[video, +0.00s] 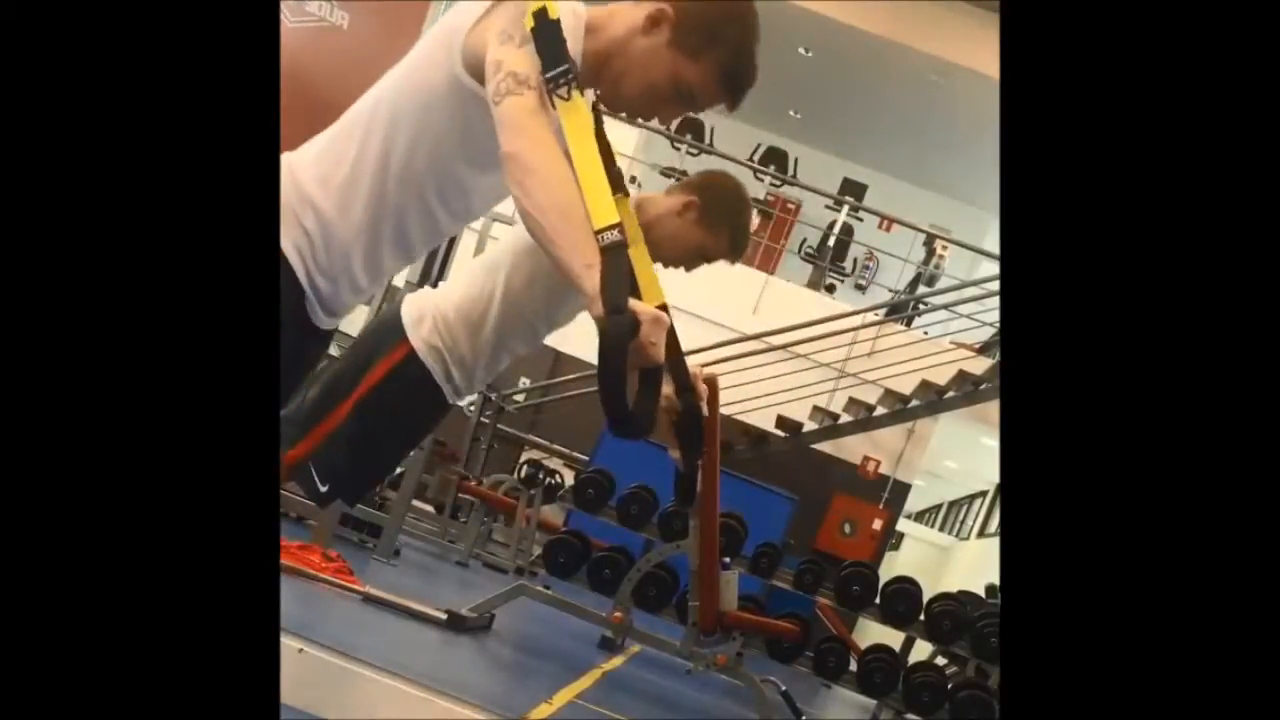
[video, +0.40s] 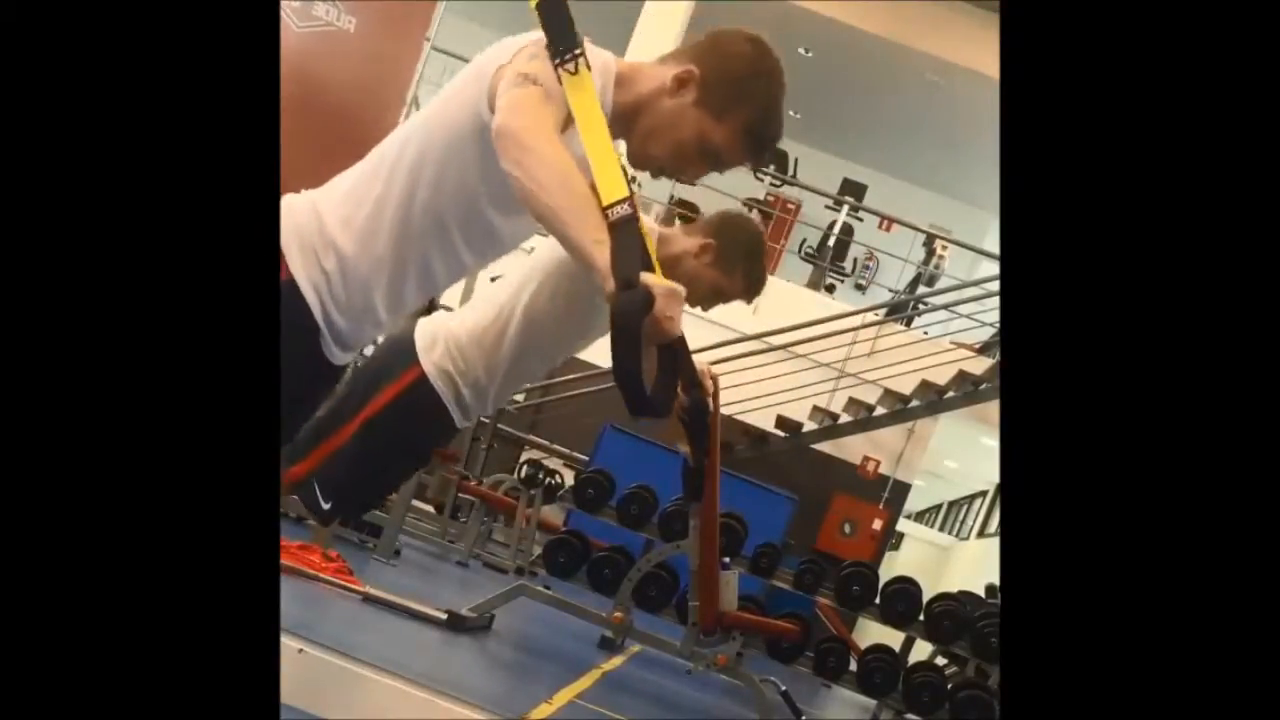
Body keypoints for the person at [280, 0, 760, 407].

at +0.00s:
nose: (668, 119)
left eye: (685, 113)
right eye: (681, 96)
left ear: (654, 20)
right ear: (657, 19)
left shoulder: (568, 92)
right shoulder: (525, 16)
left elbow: (608, 223)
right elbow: (525, 137)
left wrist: (665, 366)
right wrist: (608, 296)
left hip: (322, 305)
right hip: (288, 252)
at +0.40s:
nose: (694, 177)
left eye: (712, 169)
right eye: (707, 156)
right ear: (685, 84)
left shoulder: (597, 144)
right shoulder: (563, 57)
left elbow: (627, 252)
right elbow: (519, 136)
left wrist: (670, 350)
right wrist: (621, 277)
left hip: (336, 342)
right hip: (294, 284)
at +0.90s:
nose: (740, 341)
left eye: (759, 343)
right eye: (757, 327)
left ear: (751, 253)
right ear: (754, 257)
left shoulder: (658, 276)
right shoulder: (651, 212)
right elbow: (533, 122)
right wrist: (654, 274)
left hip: (361, 429)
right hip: (325, 376)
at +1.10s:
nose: (746, 404)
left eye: (766, 405)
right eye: (768, 392)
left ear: (774, 325)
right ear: (774, 330)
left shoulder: (683, 344)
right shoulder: (659, 251)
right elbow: (538, 130)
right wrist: (628, 266)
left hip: (365, 467)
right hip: (332, 414)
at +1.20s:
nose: (757, 475)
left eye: (778, 471)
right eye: (777, 456)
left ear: (778, 366)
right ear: (779, 371)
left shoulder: (702, 410)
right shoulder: (667, 283)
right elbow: (536, 145)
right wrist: (630, 283)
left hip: (367, 491)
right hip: (335, 436)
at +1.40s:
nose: (761, 497)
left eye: (781, 495)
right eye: (780, 479)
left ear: (777, 396)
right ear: (779, 403)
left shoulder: (706, 441)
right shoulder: (675, 323)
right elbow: (540, 165)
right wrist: (631, 296)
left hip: (378, 519)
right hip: (345, 462)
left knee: (287, 571)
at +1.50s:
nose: (760, 505)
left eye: (781, 504)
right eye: (779, 487)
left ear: (780, 407)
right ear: (779, 412)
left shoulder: (711, 440)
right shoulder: (683, 343)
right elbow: (547, 168)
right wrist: (638, 295)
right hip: (347, 470)